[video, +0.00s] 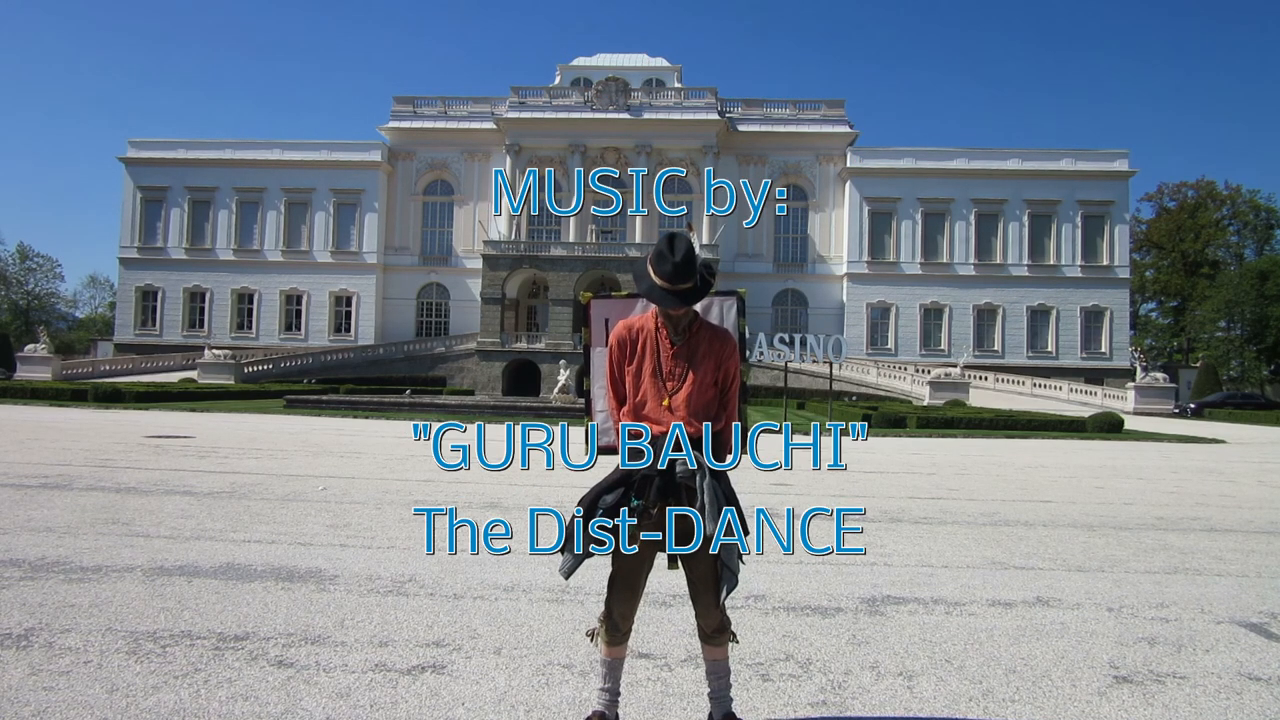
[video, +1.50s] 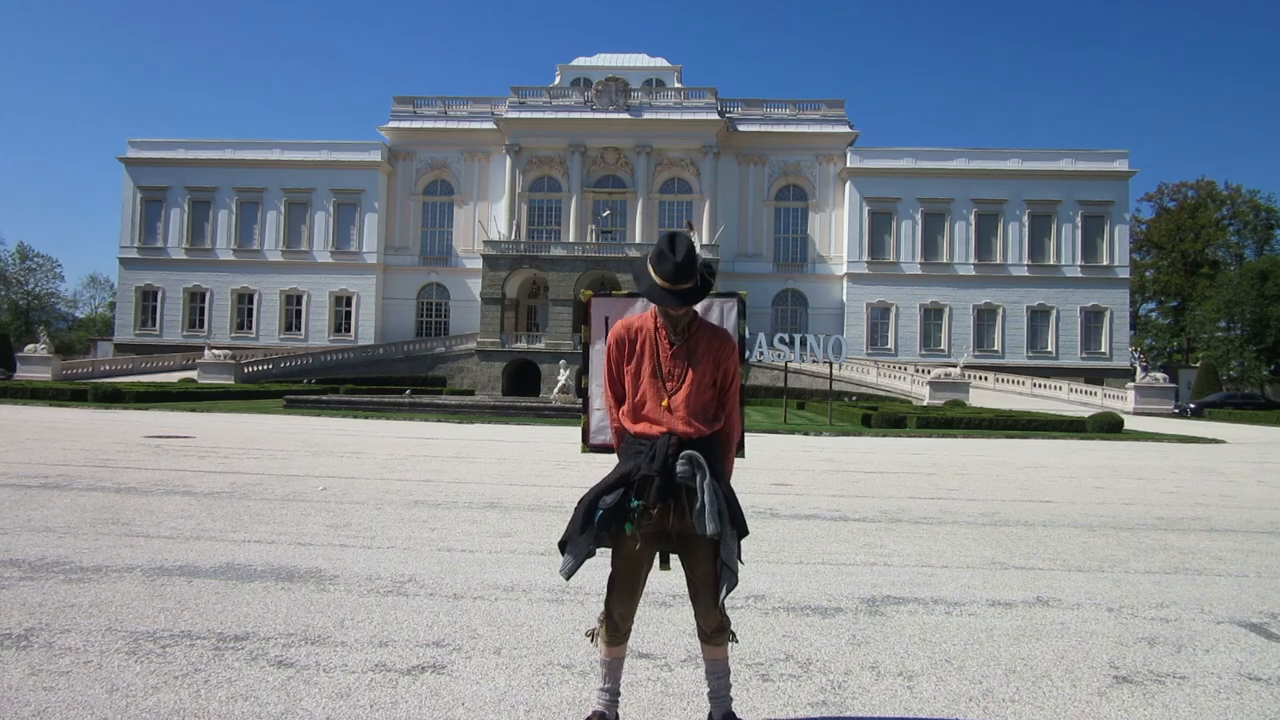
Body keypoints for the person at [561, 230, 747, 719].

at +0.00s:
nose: (676, 308)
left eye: (684, 299)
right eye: (667, 299)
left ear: (697, 293)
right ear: (653, 291)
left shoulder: (723, 344)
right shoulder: (626, 336)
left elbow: (729, 422)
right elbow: (618, 411)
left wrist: (705, 460)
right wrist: (641, 447)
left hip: (699, 489)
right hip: (640, 486)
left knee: (710, 603)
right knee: (621, 599)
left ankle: (721, 705)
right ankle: (608, 700)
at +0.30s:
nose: (676, 307)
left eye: (684, 298)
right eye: (667, 299)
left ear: (698, 291)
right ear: (652, 290)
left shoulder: (722, 344)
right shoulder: (626, 336)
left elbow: (728, 423)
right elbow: (617, 413)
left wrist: (700, 452)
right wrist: (643, 446)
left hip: (698, 489)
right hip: (640, 487)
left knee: (710, 603)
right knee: (621, 600)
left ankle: (721, 706)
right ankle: (608, 700)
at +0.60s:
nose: (676, 308)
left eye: (685, 299)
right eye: (668, 299)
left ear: (698, 292)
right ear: (653, 290)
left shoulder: (722, 343)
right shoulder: (625, 336)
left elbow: (727, 427)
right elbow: (616, 416)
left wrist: (691, 443)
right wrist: (654, 440)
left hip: (698, 490)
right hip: (640, 487)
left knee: (709, 604)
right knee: (621, 602)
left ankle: (721, 704)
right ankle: (607, 701)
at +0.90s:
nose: (677, 307)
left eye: (685, 298)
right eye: (668, 299)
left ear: (698, 293)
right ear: (653, 290)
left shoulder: (722, 343)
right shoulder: (625, 336)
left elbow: (726, 425)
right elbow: (618, 415)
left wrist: (698, 469)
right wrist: (655, 457)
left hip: (699, 488)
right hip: (640, 485)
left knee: (709, 605)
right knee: (620, 603)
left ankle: (721, 705)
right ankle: (607, 701)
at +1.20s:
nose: (677, 307)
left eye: (685, 298)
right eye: (668, 298)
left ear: (698, 292)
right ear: (653, 290)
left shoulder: (722, 343)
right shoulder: (625, 336)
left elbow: (726, 425)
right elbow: (618, 416)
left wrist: (698, 468)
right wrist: (655, 457)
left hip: (699, 488)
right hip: (640, 485)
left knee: (710, 605)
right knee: (620, 604)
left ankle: (721, 705)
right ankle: (607, 701)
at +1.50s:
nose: (677, 308)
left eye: (685, 300)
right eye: (668, 300)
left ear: (698, 293)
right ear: (653, 291)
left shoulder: (721, 344)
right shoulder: (624, 336)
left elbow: (729, 426)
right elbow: (617, 416)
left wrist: (718, 490)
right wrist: (643, 465)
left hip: (699, 490)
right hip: (639, 488)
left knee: (709, 606)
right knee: (620, 604)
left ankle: (721, 705)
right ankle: (607, 701)